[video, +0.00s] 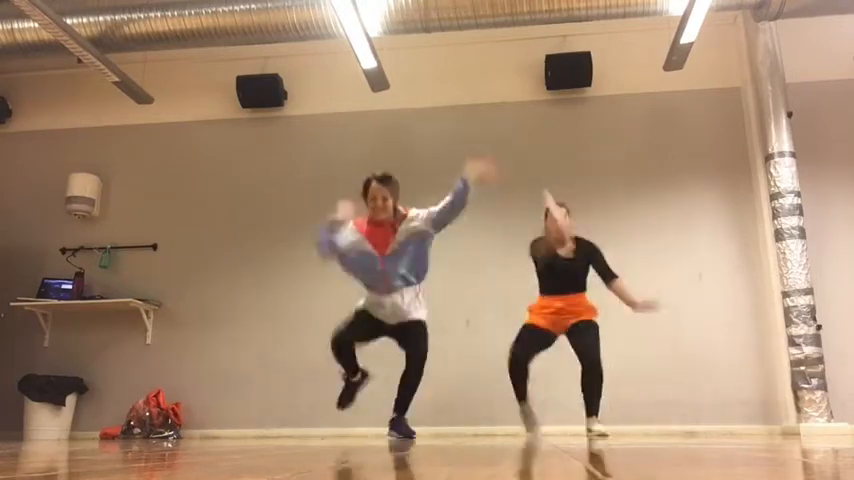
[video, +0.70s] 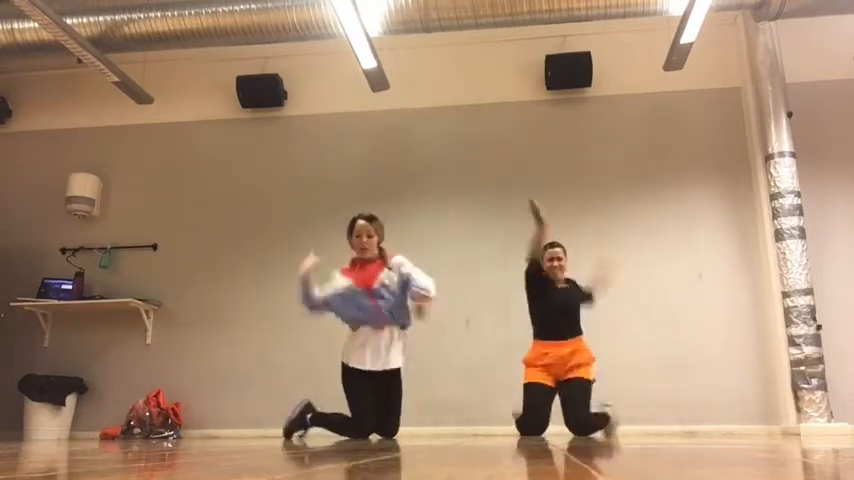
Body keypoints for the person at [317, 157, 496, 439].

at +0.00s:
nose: (378, 204)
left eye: (384, 198)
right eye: (373, 199)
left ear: (395, 200)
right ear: (366, 202)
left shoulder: (416, 224)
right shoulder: (354, 232)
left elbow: (447, 211)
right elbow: (327, 250)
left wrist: (466, 182)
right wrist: (333, 224)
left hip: (408, 309)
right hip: (374, 309)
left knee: (417, 356)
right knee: (340, 341)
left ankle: (399, 418)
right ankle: (354, 376)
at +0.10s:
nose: (385, 217)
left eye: (390, 211)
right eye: (379, 212)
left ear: (400, 212)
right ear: (371, 215)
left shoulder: (416, 230)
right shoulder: (364, 249)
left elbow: (441, 211)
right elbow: (359, 288)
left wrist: (436, 177)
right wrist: (342, 290)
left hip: (404, 321)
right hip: (371, 323)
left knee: (415, 360)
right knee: (354, 392)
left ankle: (396, 420)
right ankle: (356, 397)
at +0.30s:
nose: (381, 239)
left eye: (387, 233)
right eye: (375, 233)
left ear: (395, 237)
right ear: (367, 236)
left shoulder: (401, 262)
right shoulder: (361, 264)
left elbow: (417, 249)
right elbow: (364, 293)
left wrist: (426, 228)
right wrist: (386, 296)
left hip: (398, 349)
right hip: (370, 354)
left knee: (423, 352)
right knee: (364, 429)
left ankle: (405, 416)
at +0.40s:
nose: (378, 242)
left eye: (383, 236)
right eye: (371, 236)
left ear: (391, 239)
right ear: (363, 240)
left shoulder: (396, 270)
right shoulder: (357, 276)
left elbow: (416, 269)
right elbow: (353, 260)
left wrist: (435, 261)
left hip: (390, 349)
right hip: (363, 358)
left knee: (423, 351)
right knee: (364, 429)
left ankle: (431, 409)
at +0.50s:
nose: (371, 240)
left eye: (376, 234)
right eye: (365, 234)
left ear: (385, 238)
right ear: (355, 238)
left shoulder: (392, 271)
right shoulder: (346, 261)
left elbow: (413, 291)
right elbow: (331, 236)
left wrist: (442, 289)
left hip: (389, 344)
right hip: (356, 348)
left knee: (418, 391)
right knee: (359, 426)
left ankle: (441, 398)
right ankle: (348, 418)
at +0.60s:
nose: (365, 238)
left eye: (370, 232)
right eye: (359, 233)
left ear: (379, 236)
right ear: (350, 237)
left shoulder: (390, 266)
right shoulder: (342, 261)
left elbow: (410, 296)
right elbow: (308, 255)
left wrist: (441, 290)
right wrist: (315, 234)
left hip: (390, 346)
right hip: (359, 349)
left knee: (407, 419)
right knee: (363, 429)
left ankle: (393, 422)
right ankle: (326, 415)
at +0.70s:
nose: (364, 242)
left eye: (369, 236)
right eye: (358, 236)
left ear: (379, 239)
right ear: (350, 241)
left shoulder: (395, 267)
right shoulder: (345, 278)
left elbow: (427, 289)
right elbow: (315, 303)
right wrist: (306, 277)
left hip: (389, 360)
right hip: (357, 361)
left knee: (389, 430)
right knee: (362, 429)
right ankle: (310, 417)